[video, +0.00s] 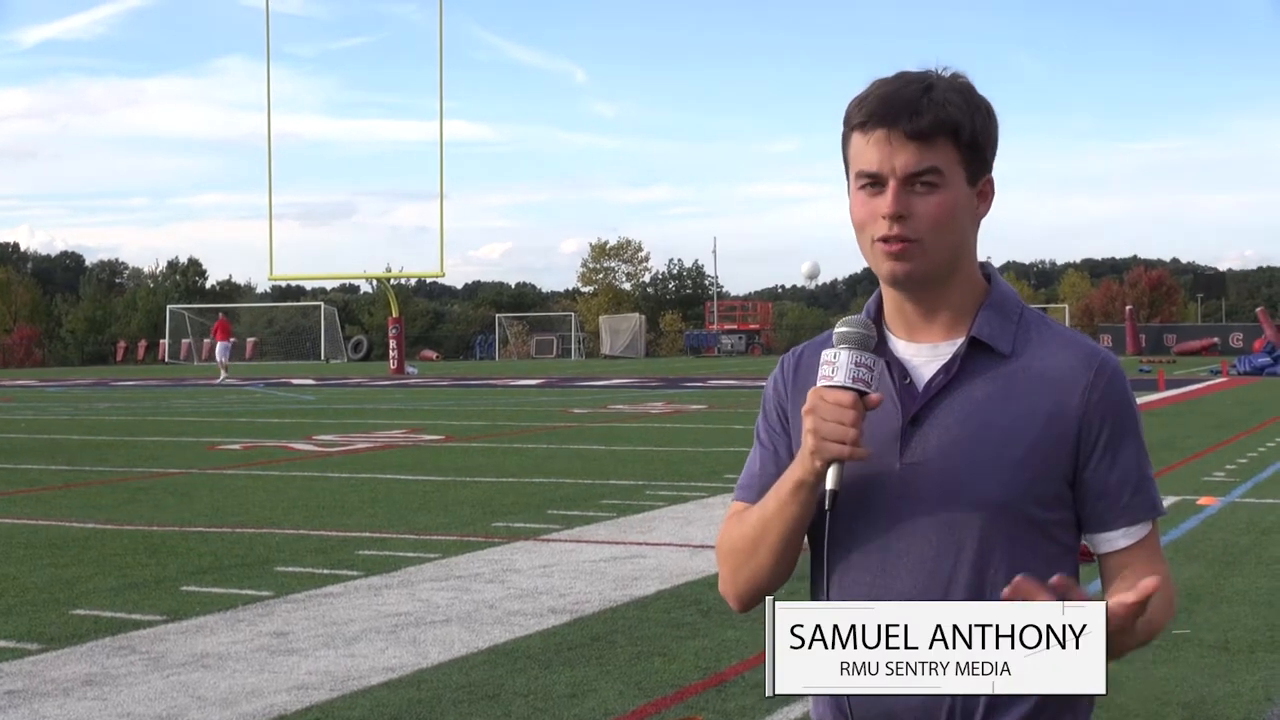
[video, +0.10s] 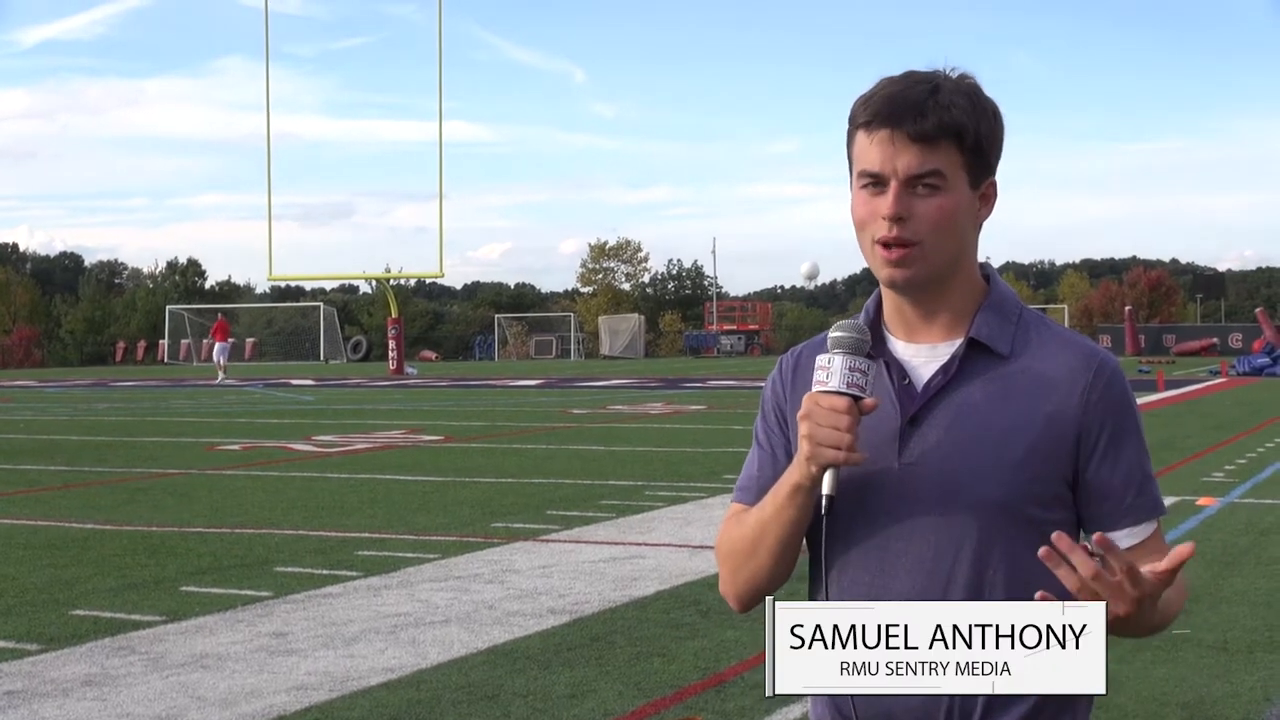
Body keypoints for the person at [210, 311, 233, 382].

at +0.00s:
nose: (219, 316)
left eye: (220, 315)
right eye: (219, 315)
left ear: (221, 315)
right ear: (226, 316)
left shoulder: (218, 322)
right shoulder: (228, 323)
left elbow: (214, 330)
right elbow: (230, 331)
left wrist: (212, 336)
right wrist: (229, 337)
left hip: (221, 341)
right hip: (228, 342)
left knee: (218, 358)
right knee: (225, 359)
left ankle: (223, 373)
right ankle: (225, 374)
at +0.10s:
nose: (218, 317)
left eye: (219, 315)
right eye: (218, 315)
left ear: (220, 316)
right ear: (225, 316)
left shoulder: (218, 323)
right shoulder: (227, 323)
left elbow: (213, 330)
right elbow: (228, 333)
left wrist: (210, 337)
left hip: (219, 342)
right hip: (226, 343)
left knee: (216, 358)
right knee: (223, 359)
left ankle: (220, 373)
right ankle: (223, 374)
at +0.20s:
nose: (217, 318)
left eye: (218, 316)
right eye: (217, 316)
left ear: (220, 317)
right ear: (224, 317)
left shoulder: (218, 324)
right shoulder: (226, 324)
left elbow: (212, 332)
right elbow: (226, 334)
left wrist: (209, 337)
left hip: (218, 343)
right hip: (225, 343)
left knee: (213, 359)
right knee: (222, 360)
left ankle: (220, 374)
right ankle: (222, 376)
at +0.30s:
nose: (216, 318)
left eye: (217, 316)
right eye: (216, 316)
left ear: (219, 317)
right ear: (223, 317)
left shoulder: (217, 325)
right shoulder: (225, 325)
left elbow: (213, 333)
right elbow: (226, 335)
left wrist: (208, 339)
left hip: (217, 344)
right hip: (223, 344)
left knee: (213, 360)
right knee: (221, 361)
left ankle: (221, 375)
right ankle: (222, 377)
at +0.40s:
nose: (214, 318)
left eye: (215, 317)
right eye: (214, 317)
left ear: (217, 317)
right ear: (220, 318)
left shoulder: (216, 325)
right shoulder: (223, 325)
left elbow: (212, 334)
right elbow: (224, 335)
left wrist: (208, 340)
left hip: (215, 345)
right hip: (222, 345)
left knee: (212, 361)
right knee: (220, 361)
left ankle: (221, 375)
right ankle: (222, 377)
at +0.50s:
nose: (213, 319)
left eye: (213, 317)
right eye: (213, 317)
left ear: (215, 318)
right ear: (219, 319)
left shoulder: (214, 326)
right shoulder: (221, 326)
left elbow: (213, 336)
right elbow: (222, 336)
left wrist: (210, 344)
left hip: (215, 345)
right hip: (221, 345)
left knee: (212, 361)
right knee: (219, 362)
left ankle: (221, 376)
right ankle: (221, 377)